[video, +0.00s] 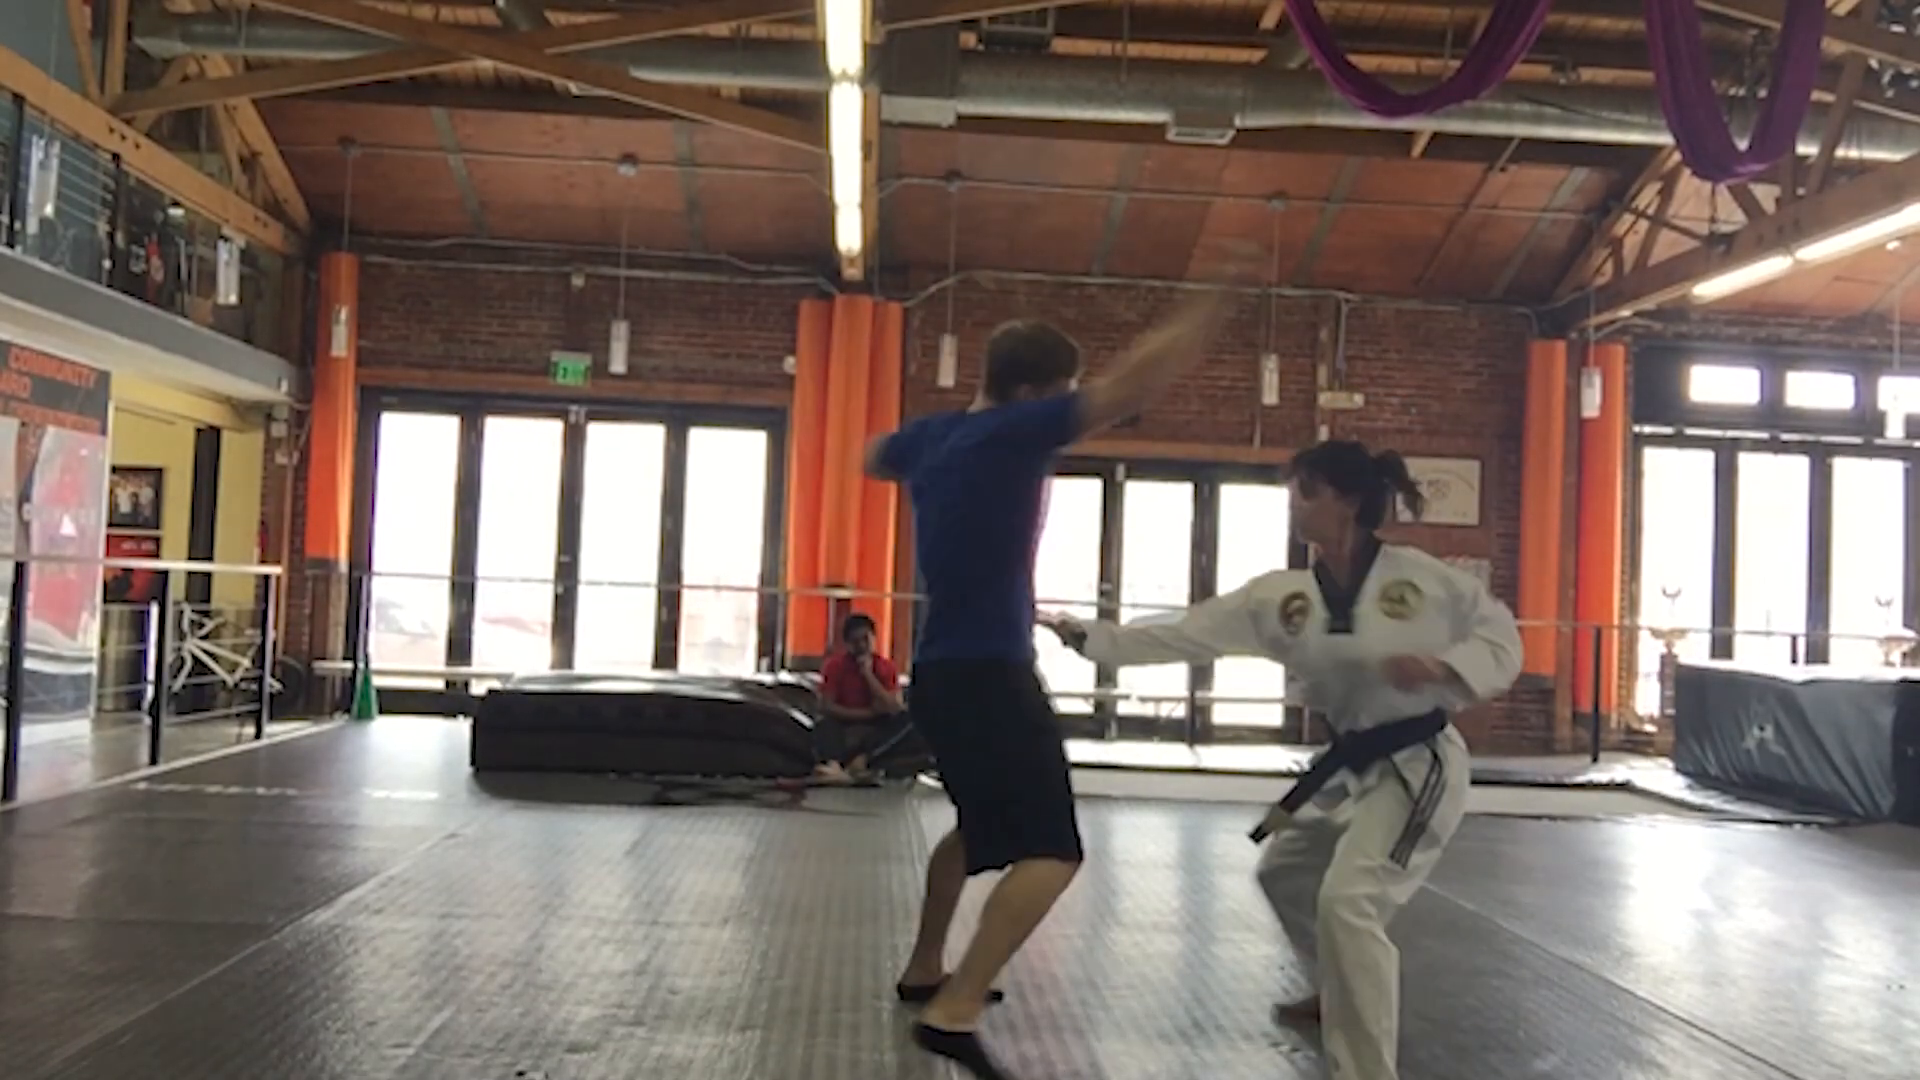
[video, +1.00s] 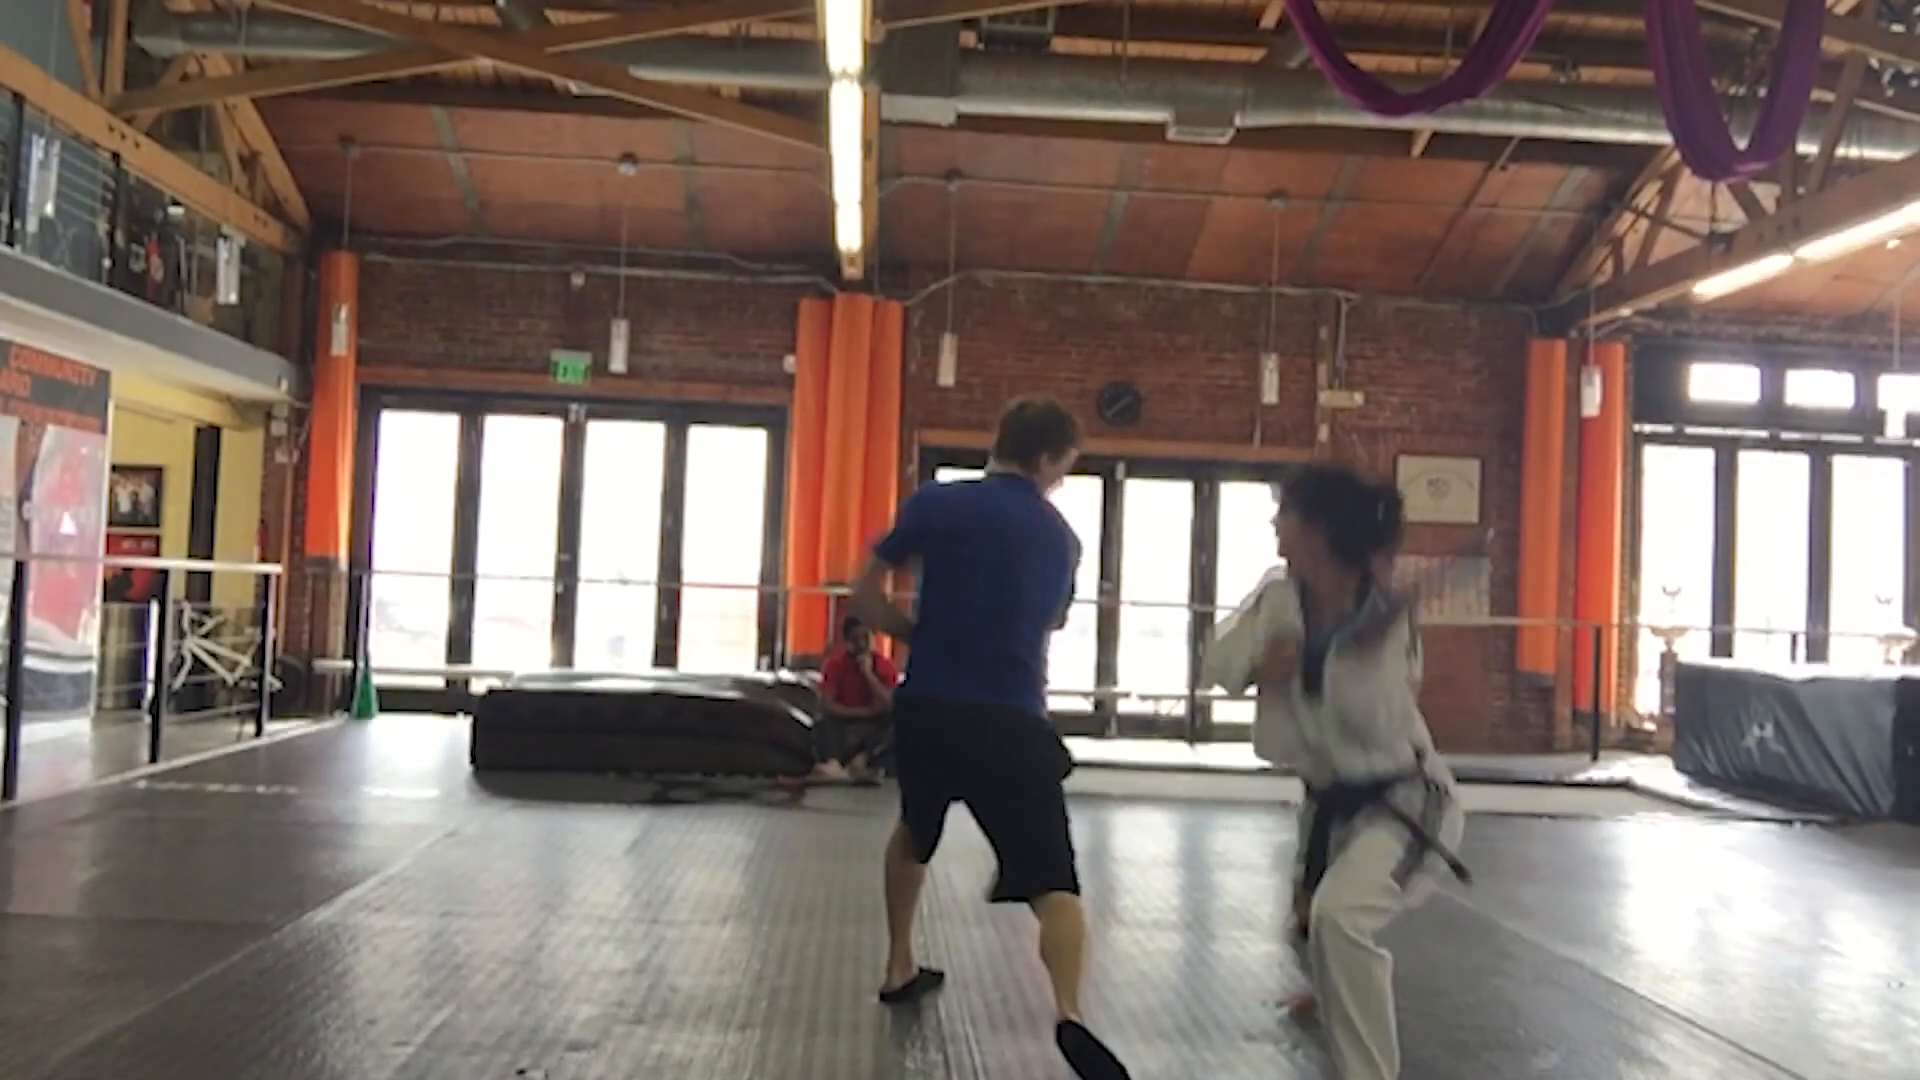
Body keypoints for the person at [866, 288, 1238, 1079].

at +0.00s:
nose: (1070, 397)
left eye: (1068, 386)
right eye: (1065, 386)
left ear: (991, 378)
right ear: (1039, 386)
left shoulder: (931, 437)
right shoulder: (1022, 430)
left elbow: (874, 457)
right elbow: (1128, 382)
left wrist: (941, 430)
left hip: (939, 675)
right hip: (994, 675)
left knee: (978, 827)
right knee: (1055, 852)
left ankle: (925, 968)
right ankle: (956, 1008)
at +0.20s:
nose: (1085, 431)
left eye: (1088, 419)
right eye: (1084, 418)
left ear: (1013, 409)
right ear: (1060, 417)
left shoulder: (944, 441)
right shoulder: (1063, 478)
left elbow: (845, 491)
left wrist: (914, 509)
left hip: (923, 674)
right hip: (999, 682)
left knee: (938, 820)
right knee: (1055, 863)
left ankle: (908, 974)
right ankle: (1017, 1051)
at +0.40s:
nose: (1065, 525)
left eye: (1073, 514)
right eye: (1071, 510)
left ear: (1017, 467)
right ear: (1048, 482)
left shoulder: (937, 482)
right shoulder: (1048, 543)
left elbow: (880, 580)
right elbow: (1010, 621)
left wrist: (949, 617)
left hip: (922, 709)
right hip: (1003, 715)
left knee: (944, 823)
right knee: (1080, 879)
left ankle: (909, 974)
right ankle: (1058, 1026)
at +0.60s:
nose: (1064, 523)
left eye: (1070, 516)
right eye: (1067, 512)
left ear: (1017, 472)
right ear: (1044, 486)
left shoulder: (940, 496)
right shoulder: (1037, 519)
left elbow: (937, 586)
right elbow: (1068, 588)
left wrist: (1010, 634)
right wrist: (1004, 557)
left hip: (901, 702)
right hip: (983, 707)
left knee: (941, 826)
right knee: (1079, 871)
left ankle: (909, 976)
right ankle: (1069, 1012)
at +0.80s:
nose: (1070, 453)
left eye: (1071, 443)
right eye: (1071, 444)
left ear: (1001, 426)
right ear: (1054, 449)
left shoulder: (932, 462)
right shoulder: (1046, 515)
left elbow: (816, 444)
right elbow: (1143, 573)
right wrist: (1069, 594)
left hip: (914, 689)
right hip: (999, 696)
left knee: (908, 824)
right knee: (1050, 864)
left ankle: (897, 970)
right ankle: (1117, 992)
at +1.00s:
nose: (1066, 474)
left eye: (1068, 462)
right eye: (1067, 462)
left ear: (1000, 448)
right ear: (1048, 459)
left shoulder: (938, 502)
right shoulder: (1059, 537)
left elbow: (865, 596)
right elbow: (1049, 621)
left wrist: (921, 633)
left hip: (927, 712)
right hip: (1012, 726)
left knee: (914, 828)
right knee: (1055, 886)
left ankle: (899, 969)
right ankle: (1070, 1017)